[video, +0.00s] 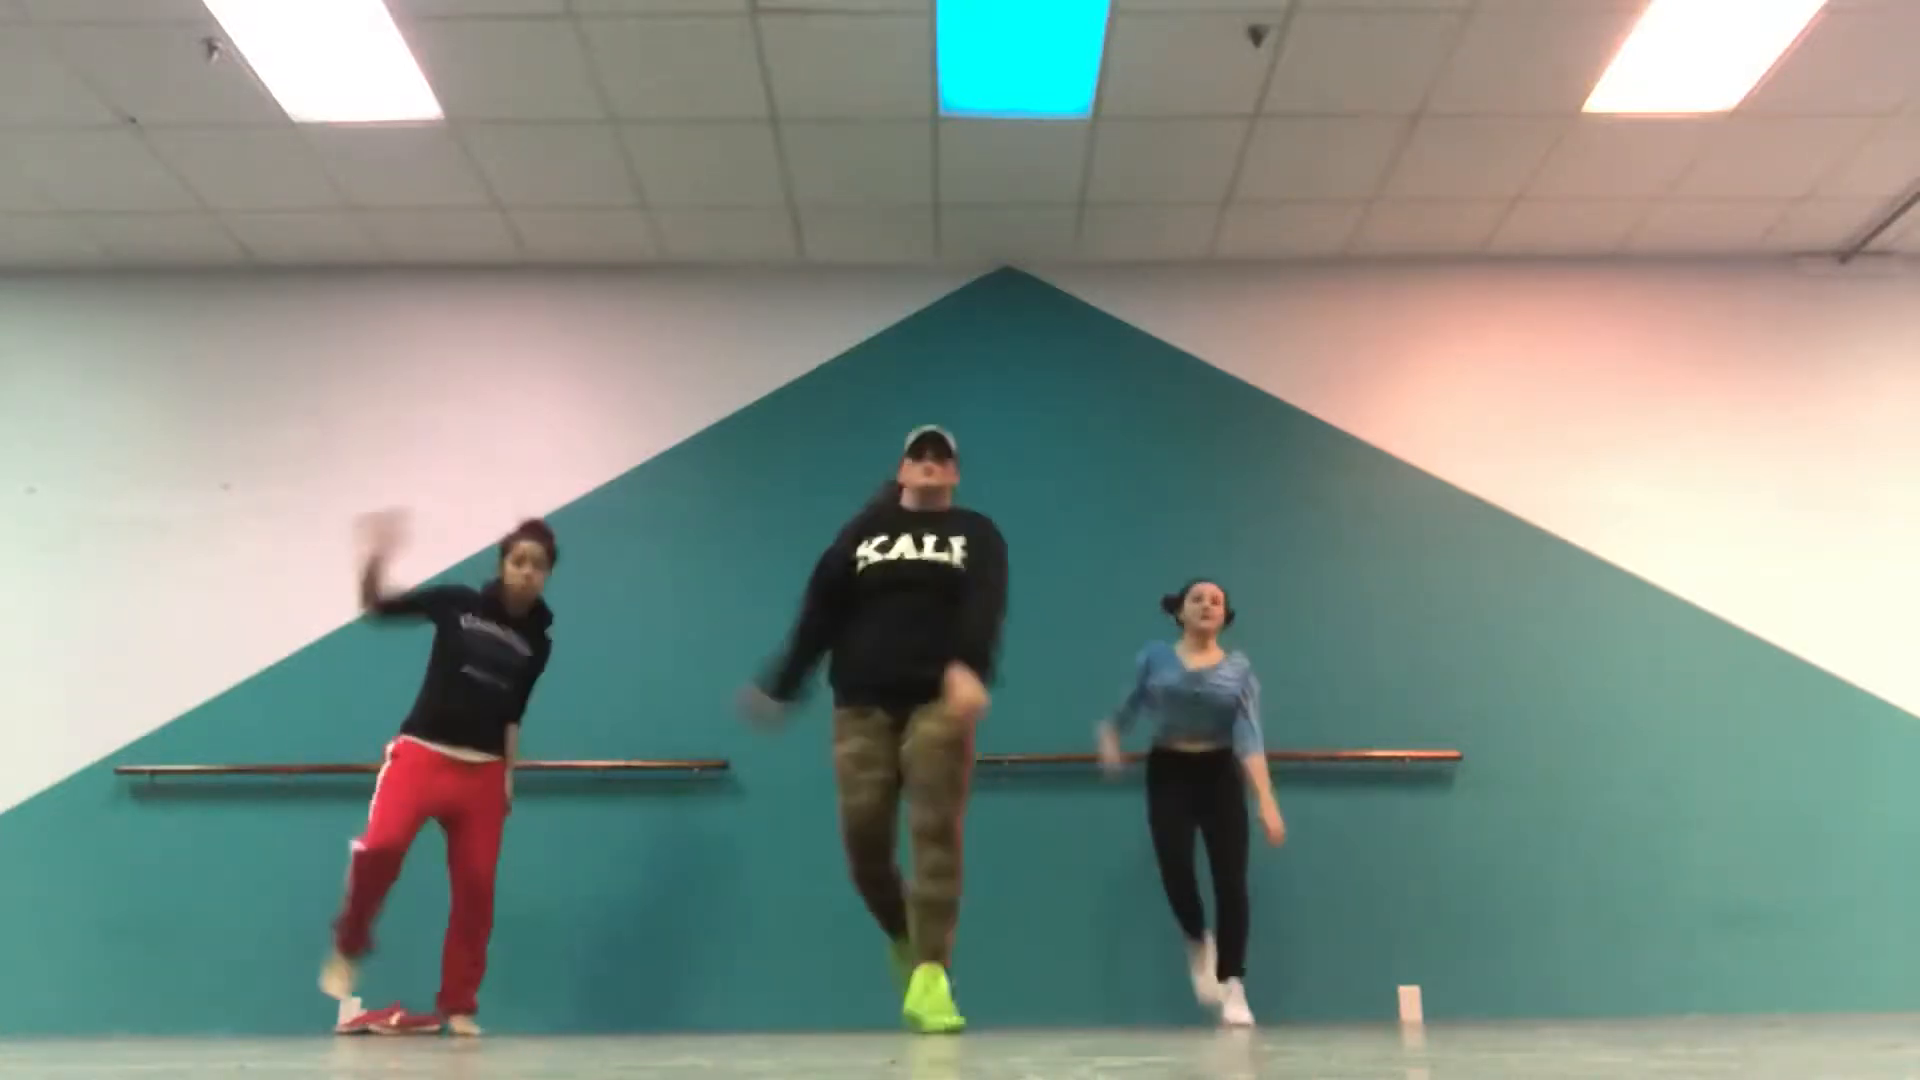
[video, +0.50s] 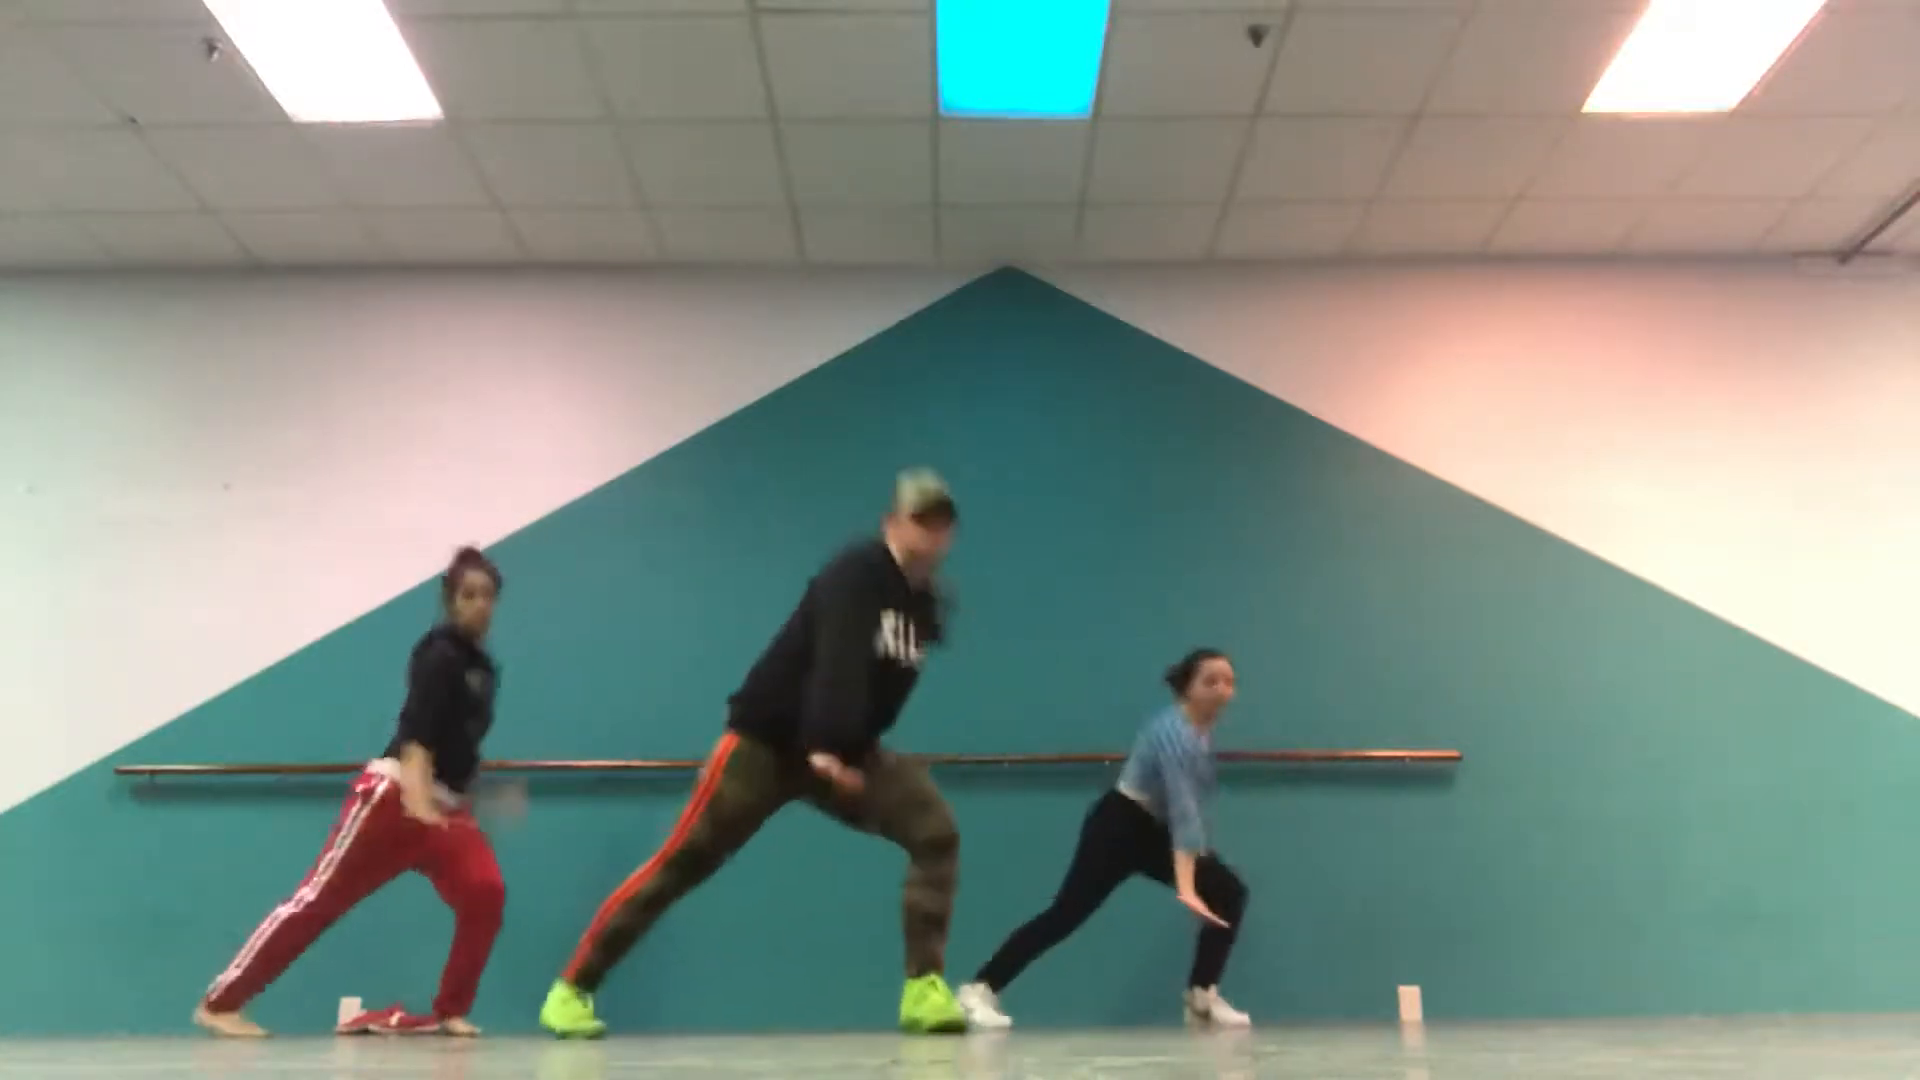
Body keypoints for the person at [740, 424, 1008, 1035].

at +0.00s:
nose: (929, 466)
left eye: (940, 460)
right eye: (919, 458)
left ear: (954, 475)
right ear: (900, 472)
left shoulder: (976, 534)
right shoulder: (862, 532)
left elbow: (984, 604)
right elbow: (821, 610)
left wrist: (971, 663)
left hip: (940, 699)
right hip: (862, 703)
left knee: (935, 833)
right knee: (864, 842)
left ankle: (933, 972)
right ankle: (903, 941)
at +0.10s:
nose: (930, 478)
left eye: (942, 471)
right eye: (920, 469)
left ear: (957, 486)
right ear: (901, 481)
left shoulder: (970, 564)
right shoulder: (868, 539)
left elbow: (996, 653)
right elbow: (820, 582)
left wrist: (1008, 736)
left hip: (929, 714)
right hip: (850, 707)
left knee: (939, 844)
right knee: (836, 798)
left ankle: (932, 981)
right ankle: (859, 887)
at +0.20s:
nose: (937, 482)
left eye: (949, 476)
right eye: (927, 473)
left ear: (964, 492)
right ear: (907, 482)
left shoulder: (970, 578)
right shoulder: (865, 523)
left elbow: (973, 667)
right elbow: (808, 523)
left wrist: (965, 740)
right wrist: (817, 478)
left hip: (910, 713)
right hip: (828, 697)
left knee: (935, 827)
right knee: (787, 761)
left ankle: (930, 980)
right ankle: (761, 897)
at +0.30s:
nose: (954, 506)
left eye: (967, 496)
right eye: (945, 492)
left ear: (982, 509)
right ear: (925, 495)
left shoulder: (972, 596)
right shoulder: (883, 524)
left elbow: (953, 681)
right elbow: (803, 523)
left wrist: (914, 737)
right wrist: (832, 576)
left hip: (878, 721)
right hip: (799, 695)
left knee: (930, 825)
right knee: (725, 810)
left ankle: (929, 979)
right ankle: (645, 931)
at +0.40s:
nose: (954, 540)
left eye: (967, 531)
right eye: (945, 525)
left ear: (976, 547)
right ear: (919, 528)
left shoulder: (947, 602)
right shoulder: (869, 575)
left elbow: (908, 678)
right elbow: (822, 646)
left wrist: (879, 739)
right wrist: (807, 725)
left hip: (853, 739)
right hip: (773, 721)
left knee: (930, 829)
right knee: (697, 836)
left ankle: (923, 987)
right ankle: (588, 973)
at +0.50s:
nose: (931, 537)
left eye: (941, 526)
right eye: (920, 522)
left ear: (950, 533)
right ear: (891, 523)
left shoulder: (923, 601)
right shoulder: (854, 575)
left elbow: (887, 674)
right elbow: (836, 657)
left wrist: (858, 746)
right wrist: (825, 743)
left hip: (844, 754)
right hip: (767, 743)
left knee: (934, 834)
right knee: (683, 862)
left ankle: (924, 989)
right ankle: (573, 989)